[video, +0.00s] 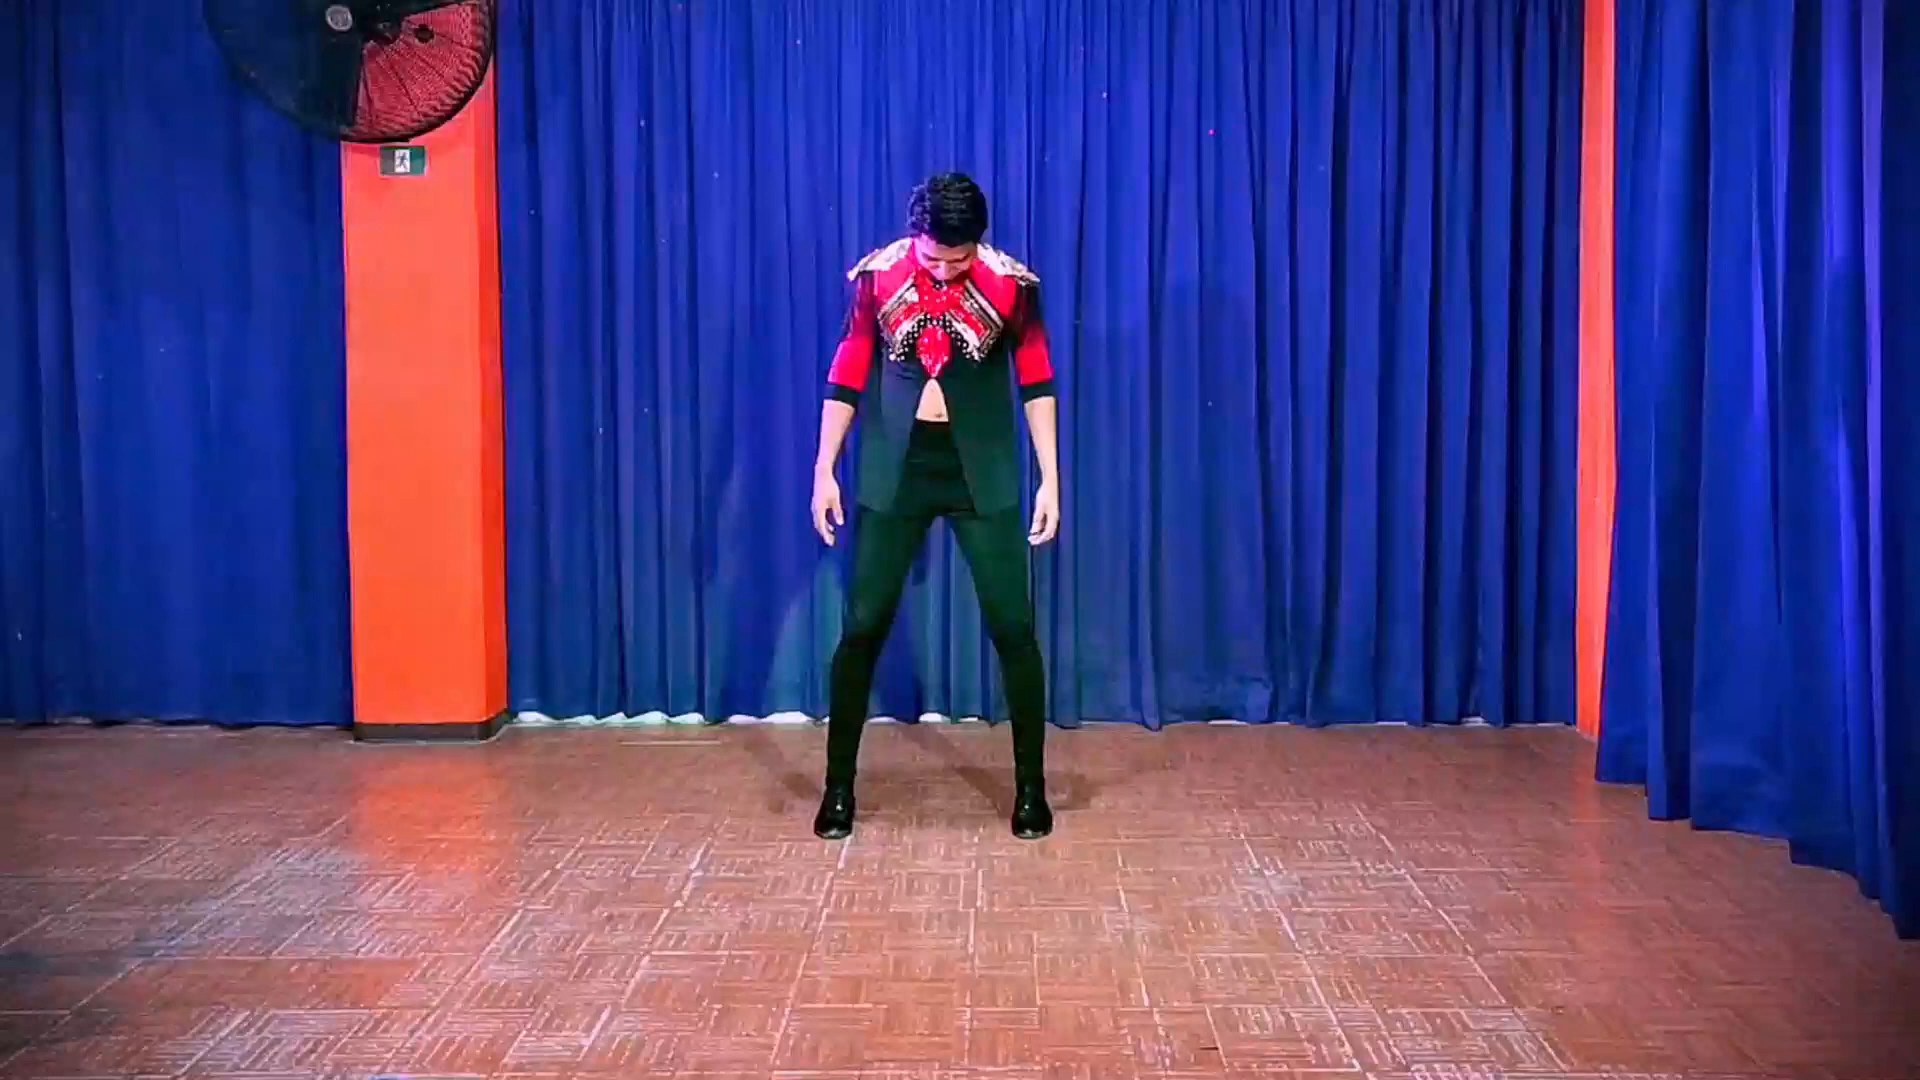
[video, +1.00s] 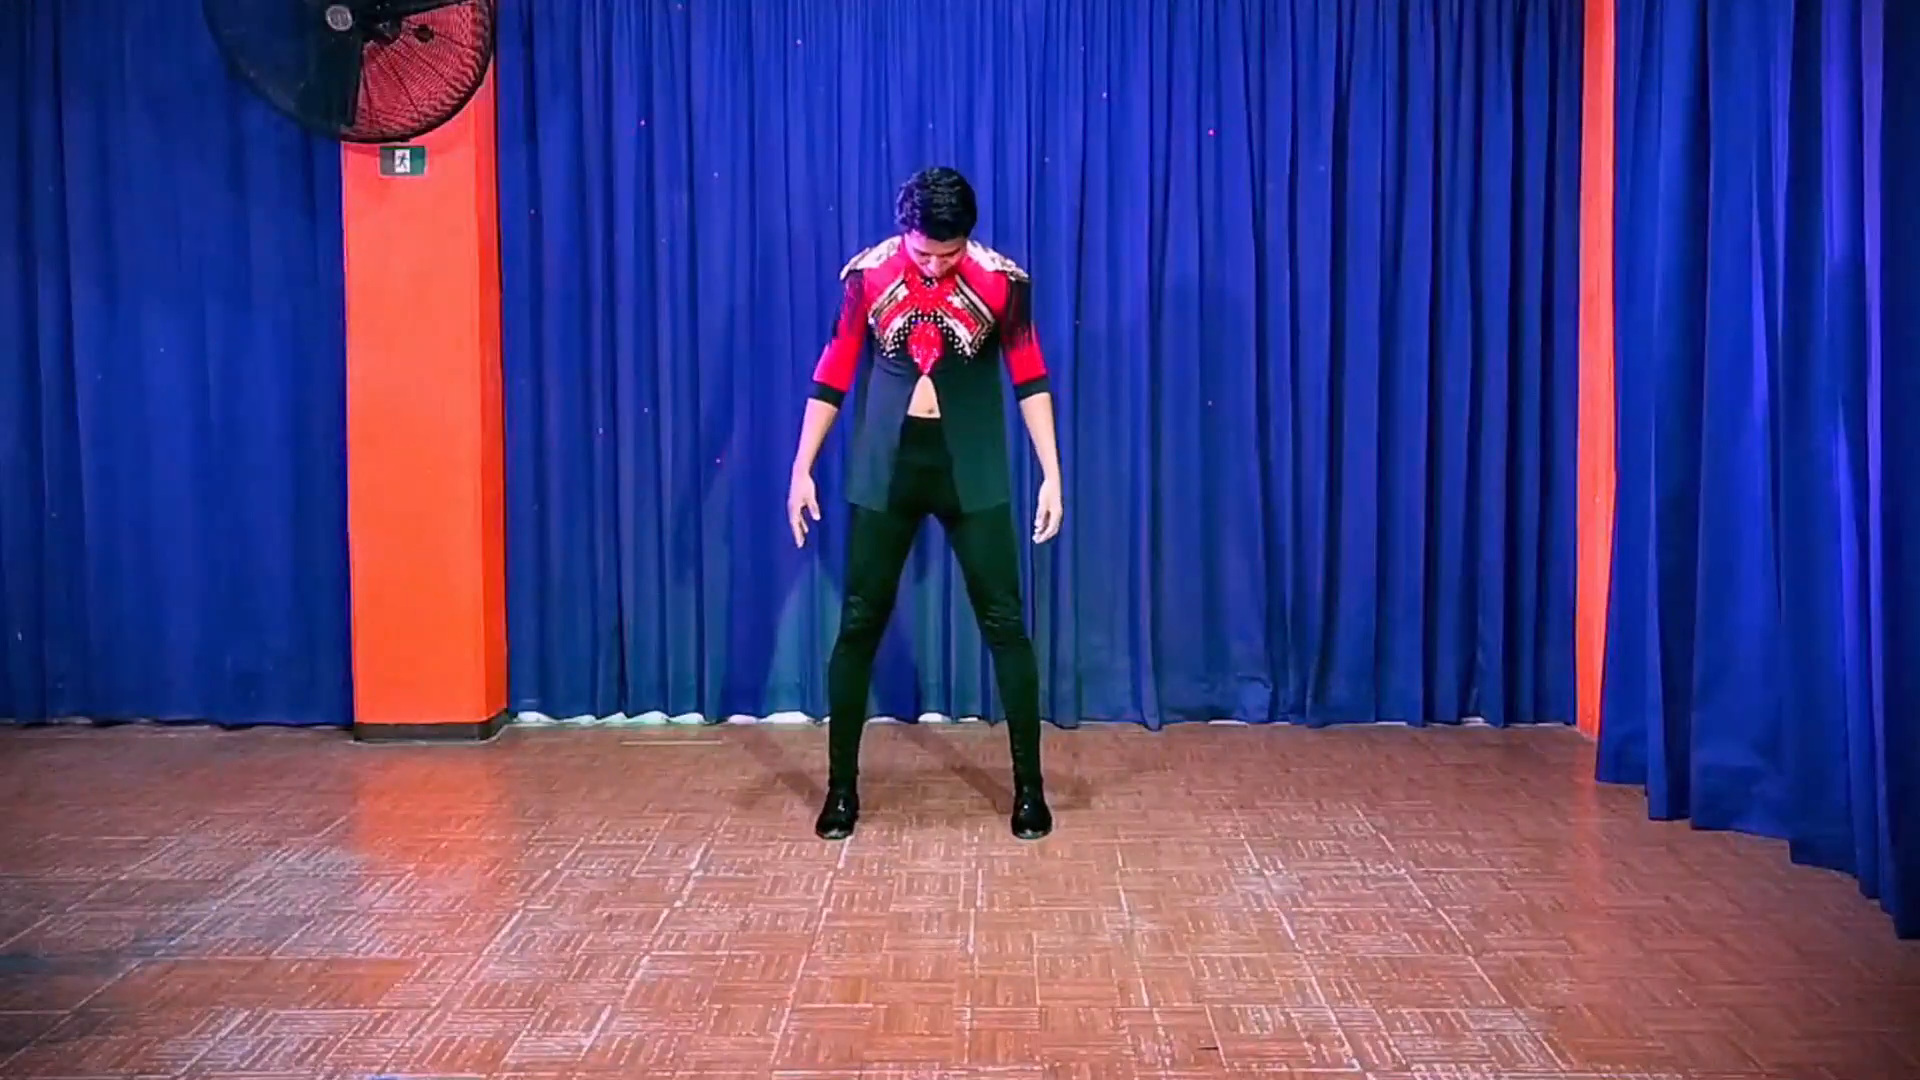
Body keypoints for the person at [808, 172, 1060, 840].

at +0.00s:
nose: (946, 267)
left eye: (958, 257)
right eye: (935, 255)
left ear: (979, 240)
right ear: (917, 236)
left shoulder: (1010, 285)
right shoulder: (878, 278)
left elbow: (1036, 382)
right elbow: (848, 375)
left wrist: (1049, 478)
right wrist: (824, 468)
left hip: (985, 469)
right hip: (896, 469)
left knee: (1014, 627)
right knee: (863, 626)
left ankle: (1030, 786)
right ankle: (838, 786)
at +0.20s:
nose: (939, 270)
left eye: (952, 259)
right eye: (928, 258)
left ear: (973, 242)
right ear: (908, 236)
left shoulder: (1001, 286)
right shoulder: (868, 280)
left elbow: (1030, 386)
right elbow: (840, 378)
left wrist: (1049, 481)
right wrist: (820, 470)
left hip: (979, 468)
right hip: (889, 467)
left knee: (1011, 627)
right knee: (857, 628)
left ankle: (1029, 785)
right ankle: (838, 786)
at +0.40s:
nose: (945, 263)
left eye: (958, 251)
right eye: (934, 250)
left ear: (980, 235)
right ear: (916, 232)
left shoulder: (1012, 286)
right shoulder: (884, 276)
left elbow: (1038, 388)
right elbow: (847, 375)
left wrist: (1050, 481)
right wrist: (816, 465)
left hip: (983, 468)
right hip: (893, 466)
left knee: (1012, 626)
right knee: (862, 624)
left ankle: (1029, 786)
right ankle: (841, 785)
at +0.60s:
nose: (942, 263)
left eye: (956, 253)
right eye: (932, 250)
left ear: (978, 238)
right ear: (915, 231)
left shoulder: (1008, 287)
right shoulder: (877, 275)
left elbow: (1036, 387)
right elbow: (845, 370)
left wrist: (1053, 483)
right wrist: (816, 464)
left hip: (978, 469)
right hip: (889, 465)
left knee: (1009, 626)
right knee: (862, 624)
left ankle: (1028, 785)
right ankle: (842, 785)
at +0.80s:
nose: (937, 265)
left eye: (950, 255)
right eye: (926, 253)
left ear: (971, 239)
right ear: (907, 232)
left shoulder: (998, 283)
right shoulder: (869, 275)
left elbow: (1028, 382)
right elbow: (835, 373)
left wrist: (1046, 477)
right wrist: (805, 465)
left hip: (973, 468)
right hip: (886, 465)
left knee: (1003, 622)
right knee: (859, 623)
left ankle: (1028, 782)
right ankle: (841, 785)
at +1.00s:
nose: (935, 262)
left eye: (948, 252)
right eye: (924, 250)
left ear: (969, 235)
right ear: (905, 231)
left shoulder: (1001, 281)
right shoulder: (869, 277)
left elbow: (1029, 378)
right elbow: (834, 375)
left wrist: (1051, 474)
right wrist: (802, 468)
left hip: (974, 465)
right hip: (886, 463)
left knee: (1004, 620)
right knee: (860, 620)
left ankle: (1028, 782)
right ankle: (841, 786)